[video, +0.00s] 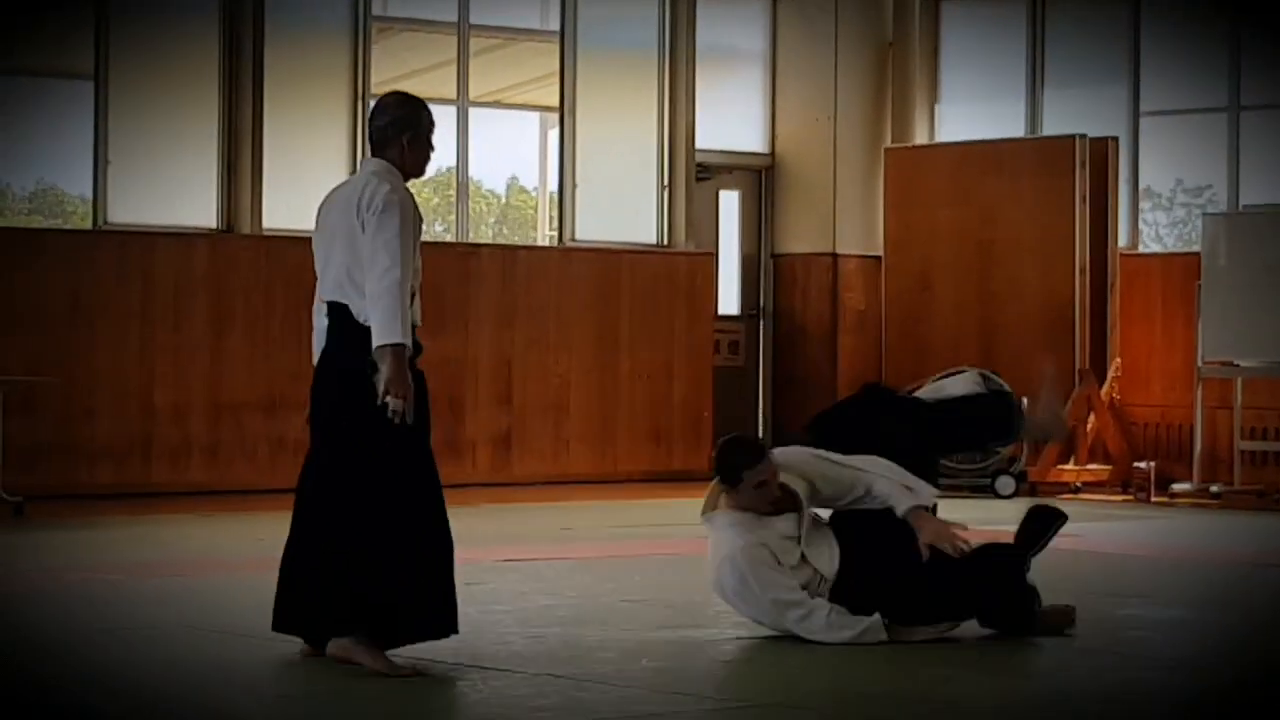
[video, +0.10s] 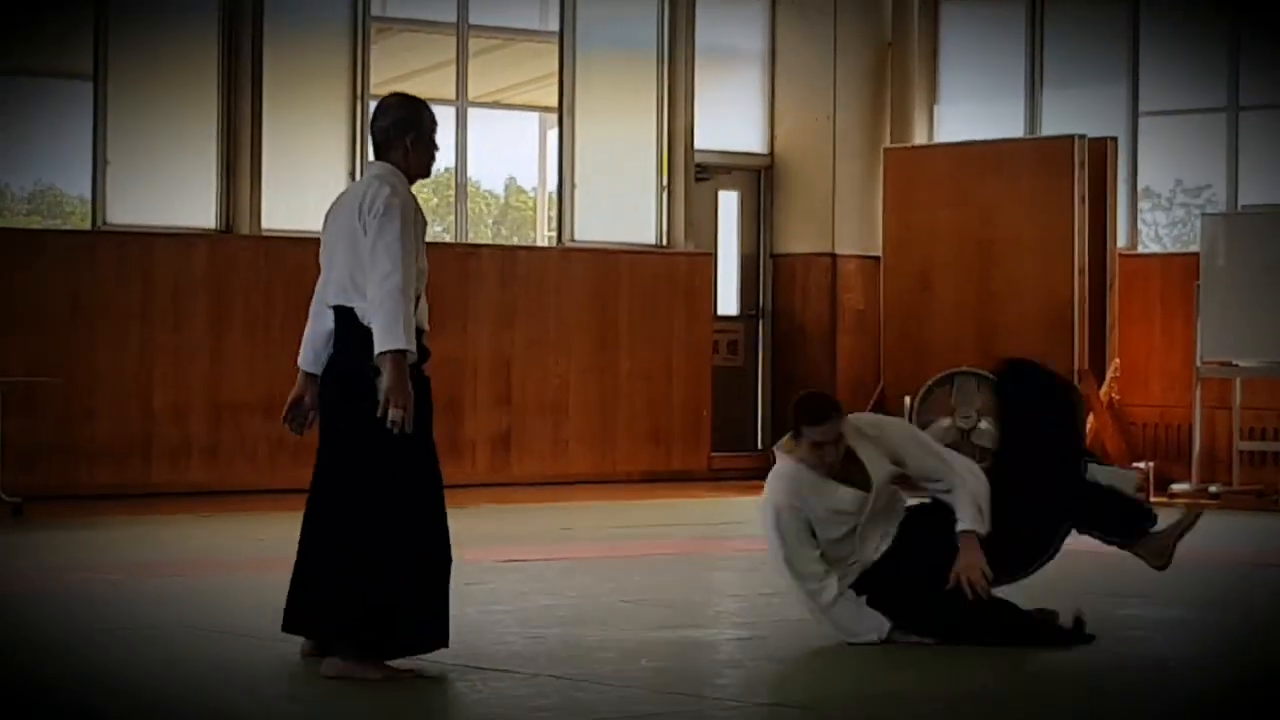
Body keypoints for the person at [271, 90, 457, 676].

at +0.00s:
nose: (431, 150)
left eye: (431, 139)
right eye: (427, 139)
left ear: (378, 138)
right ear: (406, 140)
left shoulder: (336, 197)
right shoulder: (390, 195)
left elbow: (326, 290)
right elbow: (386, 281)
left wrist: (328, 363)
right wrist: (394, 361)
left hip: (337, 359)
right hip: (378, 359)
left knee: (336, 492)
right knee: (386, 497)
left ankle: (323, 627)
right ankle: (362, 632)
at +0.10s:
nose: (436, 149)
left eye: (434, 139)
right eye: (430, 139)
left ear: (384, 142)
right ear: (408, 141)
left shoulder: (348, 199)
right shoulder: (392, 195)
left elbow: (326, 294)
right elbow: (388, 283)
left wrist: (310, 375)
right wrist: (396, 368)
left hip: (343, 367)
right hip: (382, 368)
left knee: (344, 500)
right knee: (387, 507)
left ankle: (327, 635)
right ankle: (357, 650)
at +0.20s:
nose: (443, 144)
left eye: (442, 133)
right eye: (438, 133)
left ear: (391, 134)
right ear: (413, 135)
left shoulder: (354, 193)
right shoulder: (391, 192)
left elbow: (330, 290)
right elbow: (386, 282)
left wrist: (312, 371)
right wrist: (398, 369)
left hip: (348, 367)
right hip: (386, 368)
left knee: (347, 501)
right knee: (384, 506)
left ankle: (333, 640)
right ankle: (357, 649)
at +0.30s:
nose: (451, 141)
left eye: (451, 130)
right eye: (444, 129)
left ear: (399, 132)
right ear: (416, 131)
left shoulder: (360, 191)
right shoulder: (396, 192)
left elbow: (336, 287)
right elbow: (387, 282)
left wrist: (326, 369)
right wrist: (399, 369)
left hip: (353, 367)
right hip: (391, 368)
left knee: (351, 502)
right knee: (391, 506)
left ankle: (344, 644)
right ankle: (370, 647)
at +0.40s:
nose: (460, 142)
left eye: (459, 130)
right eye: (454, 129)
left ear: (411, 131)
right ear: (426, 131)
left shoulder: (378, 187)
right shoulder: (400, 191)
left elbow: (365, 284)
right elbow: (392, 283)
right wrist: (406, 372)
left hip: (367, 364)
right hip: (391, 366)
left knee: (369, 502)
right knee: (400, 504)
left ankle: (361, 643)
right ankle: (375, 646)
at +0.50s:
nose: (469, 143)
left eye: (468, 132)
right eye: (464, 131)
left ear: (420, 130)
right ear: (438, 132)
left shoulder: (389, 186)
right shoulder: (407, 189)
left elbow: (385, 283)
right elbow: (403, 285)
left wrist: (413, 362)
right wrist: (417, 373)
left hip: (386, 357)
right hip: (397, 361)